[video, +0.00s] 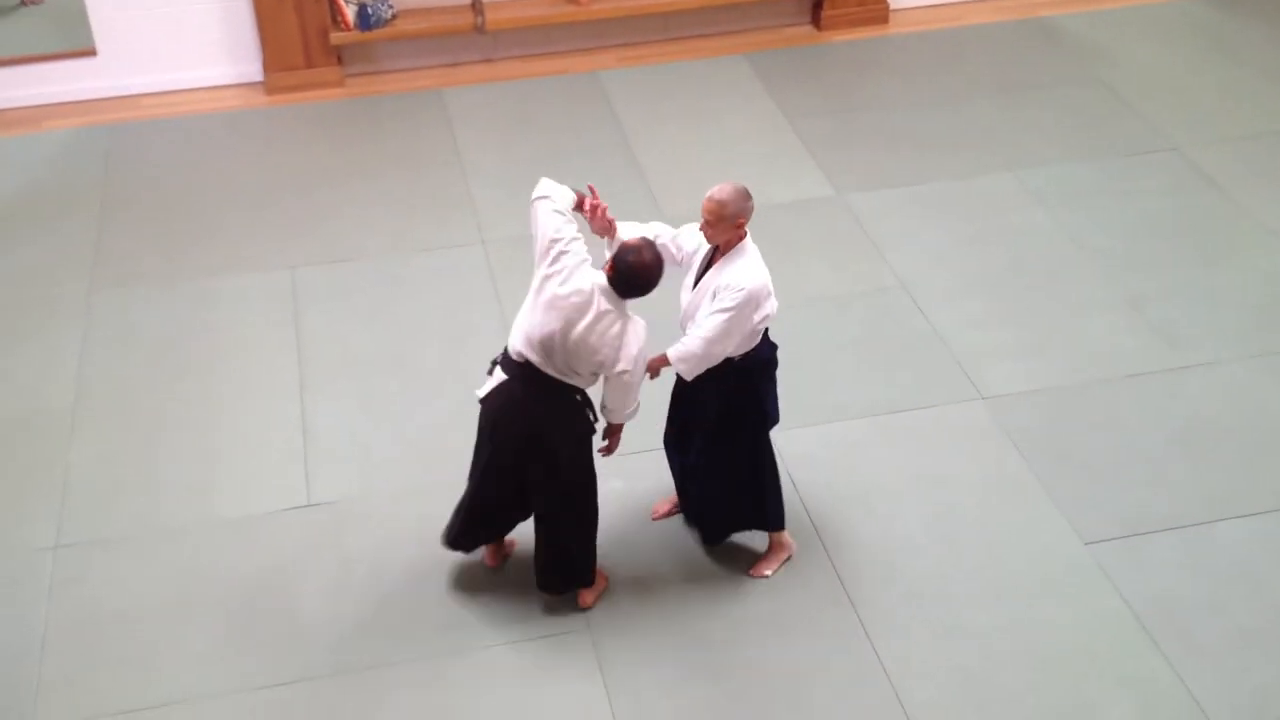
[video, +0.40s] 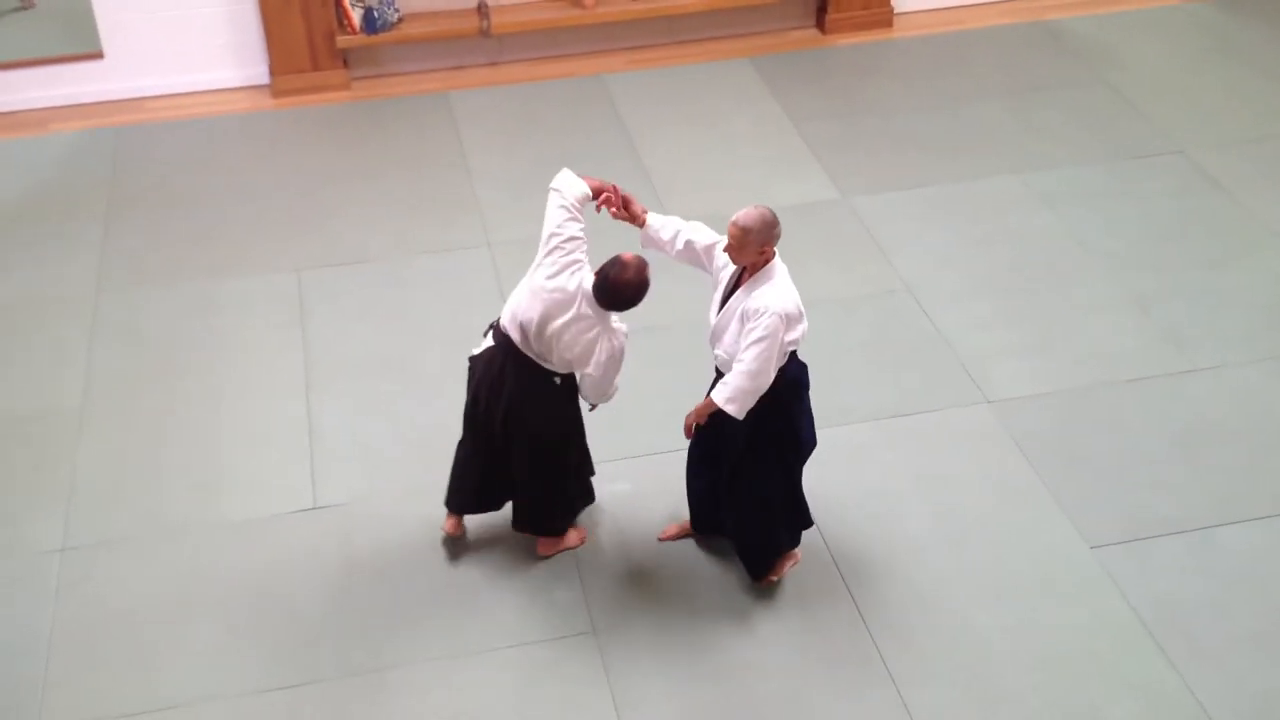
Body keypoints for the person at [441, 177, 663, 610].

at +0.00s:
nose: (621, 238)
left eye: (622, 242)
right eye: (633, 240)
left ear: (609, 260)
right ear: (647, 289)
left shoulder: (566, 262)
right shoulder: (628, 334)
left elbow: (545, 194)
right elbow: (621, 395)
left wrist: (579, 201)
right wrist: (615, 426)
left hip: (509, 391)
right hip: (563, 413)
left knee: (496, 471)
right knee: (572, 497)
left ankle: (493, 544)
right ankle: (584, 585)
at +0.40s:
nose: (627, 252)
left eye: (622, 258)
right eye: (638, 261)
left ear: (601, 269)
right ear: (629, 302)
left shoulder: (564, 258)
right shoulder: (609, 339)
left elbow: (566, 188)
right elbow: (596, 393)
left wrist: (600, 187)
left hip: (498, 360)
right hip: (546, 386)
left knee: (477, 438)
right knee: (552, 457)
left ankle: (454, 517)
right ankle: (551, 535)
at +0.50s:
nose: (631, 258)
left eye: (625, 262)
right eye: (640, 266)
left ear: (602, 272)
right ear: (628, 307)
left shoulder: (564, 259)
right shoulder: (609, 339)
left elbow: (565, 189)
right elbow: (597, 388)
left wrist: (605, 191)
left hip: (496, 352)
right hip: (545, 380)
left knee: (472, 428)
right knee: (550, 455)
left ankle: (447, 505)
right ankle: (550, 534)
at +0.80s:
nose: (620, 266)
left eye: (614, 272)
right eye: (628, 274)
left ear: (590, 283)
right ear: (619, 317)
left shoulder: (552, 266)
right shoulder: (601, 343)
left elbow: (557, 203)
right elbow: (594, 382)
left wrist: (613, 211)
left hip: (491, 354)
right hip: (542, 380)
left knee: (466, 430)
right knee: (545, 456)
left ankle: (444, 504)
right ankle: (550, 535)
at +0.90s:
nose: (619, 269)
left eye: (613, 275)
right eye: (629, 277)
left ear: (590, 285)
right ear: (618, 322)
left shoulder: (551, 266)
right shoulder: (599, 345)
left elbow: (555, 207)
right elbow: (591, 379)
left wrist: (614, 213)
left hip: (488, 354)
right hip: (540, 379)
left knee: (462, 429)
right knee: (543, 455)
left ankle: (443, 505)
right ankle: (550, 535)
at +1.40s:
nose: (624, 261)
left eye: (620, 269)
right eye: (634, 269)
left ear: (599, 285)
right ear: (623, 319)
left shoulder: (556, 269)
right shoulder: (604, 340)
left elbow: (559, 212)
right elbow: (581, 360)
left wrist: (609, 212)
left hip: (488, 360)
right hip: (544, 382)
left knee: (459, 433)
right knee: (545, 455)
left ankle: (446, 509)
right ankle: (553, 532)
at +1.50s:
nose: (624, 258)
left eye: (621, 266)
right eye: (634, 265)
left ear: (601, 282)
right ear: (624, 316)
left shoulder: (558, 266)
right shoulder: (604, 337)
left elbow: (561, 209)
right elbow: (579, 358)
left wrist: (613, 214)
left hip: (488, 358)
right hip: (544, 379)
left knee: (460, 432)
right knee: (546, 453)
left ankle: (446, 509)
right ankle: (553, 530)